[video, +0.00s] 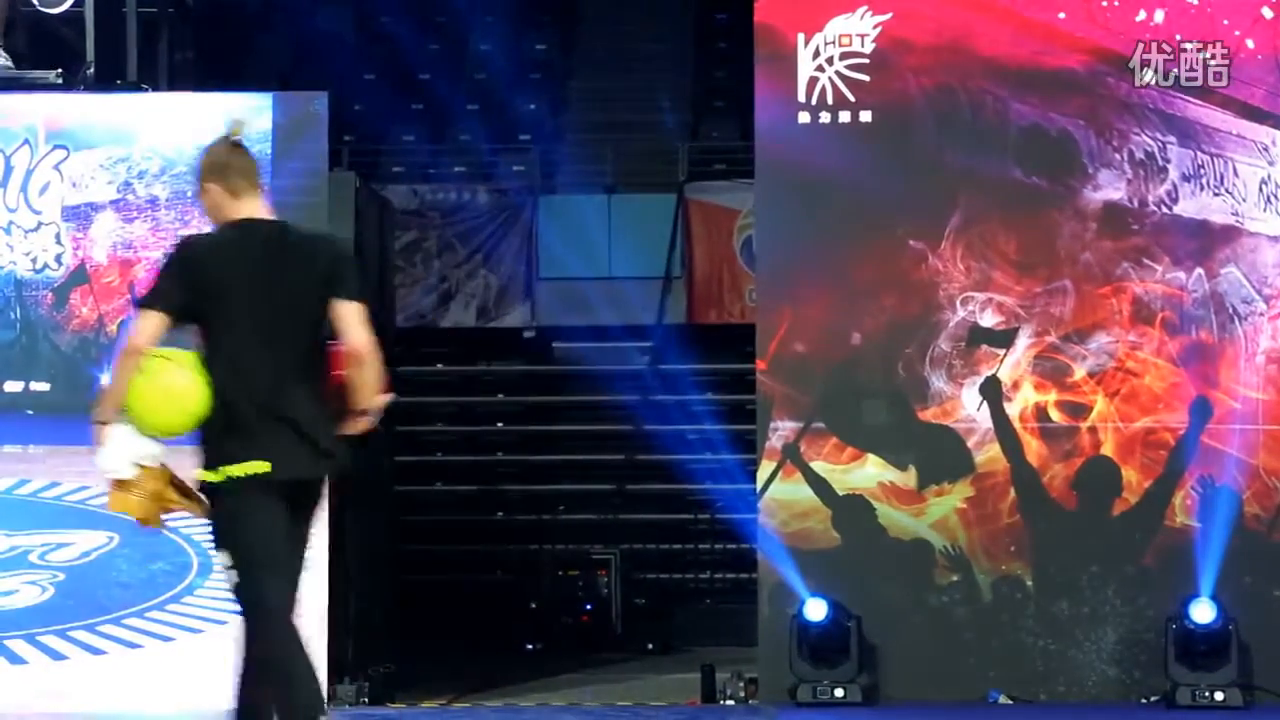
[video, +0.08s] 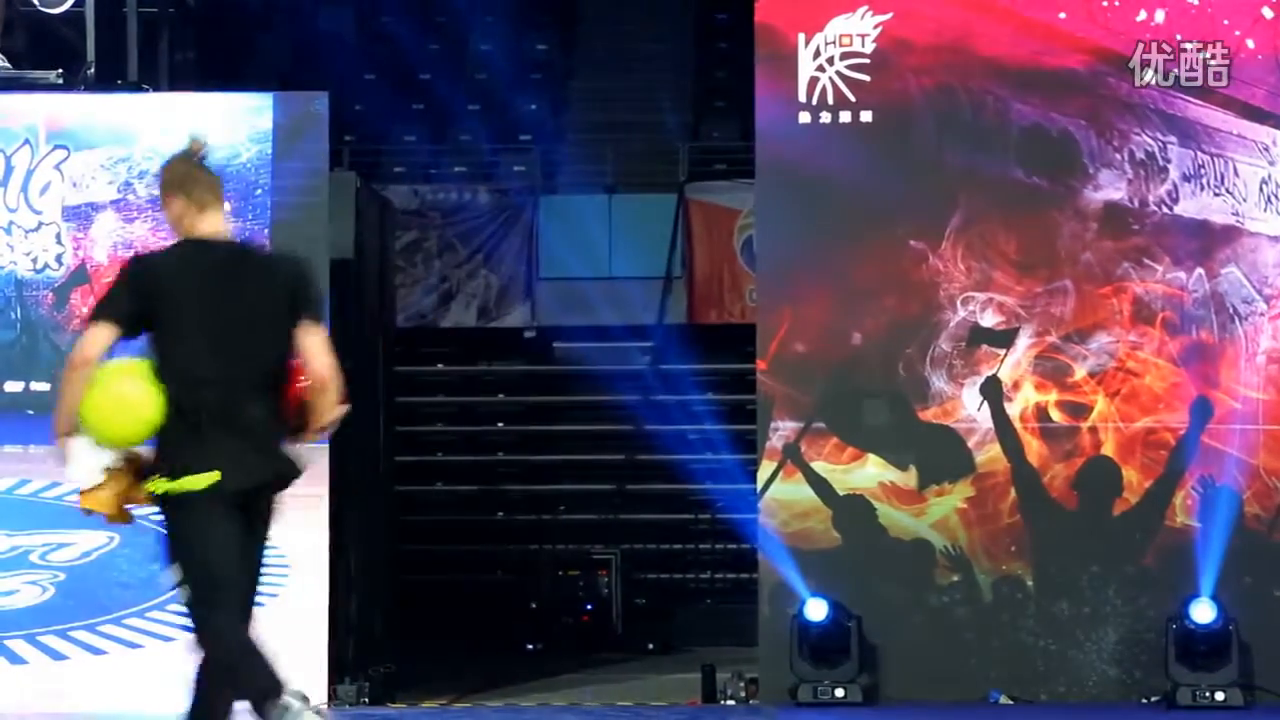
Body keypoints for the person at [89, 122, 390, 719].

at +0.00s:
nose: (204, 206)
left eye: (203, 195)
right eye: (203, 195)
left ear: (212, 191)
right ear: (261, 186)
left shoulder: (199, 254)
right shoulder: (322, 251)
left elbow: (139, 343)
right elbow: (357, 342)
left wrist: (109, 407)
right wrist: (366, 406)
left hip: (237, 451)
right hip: (308, 450)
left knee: (265, 601)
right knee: (270, 600)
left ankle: (307, 710)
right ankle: (254, 711)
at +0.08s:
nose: (165, 216)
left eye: (165, 206)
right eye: (168, 206)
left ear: (174, 206)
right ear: (223, 203)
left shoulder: (151, 272)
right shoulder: (281, 272)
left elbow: (85, 355)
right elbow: (326, 380)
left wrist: (64, 424)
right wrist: (309, 428)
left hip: (190, 464)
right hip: (261, 462)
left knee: (215, 613)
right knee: (229, 616)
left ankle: (278, 705)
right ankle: (207, 716)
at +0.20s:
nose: (106, 259)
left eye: (106, 250)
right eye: (107, 250)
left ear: (114, 249)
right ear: (162, 245)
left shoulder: (102, 308)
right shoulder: (216, 314)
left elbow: (32, 387)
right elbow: (259, 418)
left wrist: (19, 445)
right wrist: (210, 422)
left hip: (122, 510)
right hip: (196, 507)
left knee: (120, 649)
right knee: (178, 637)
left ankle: (180, 705)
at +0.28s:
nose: (57, 250)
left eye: (58, 240)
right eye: (58, 240)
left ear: (70, 236)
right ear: (108, 233)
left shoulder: (62, 300)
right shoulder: (168, 298)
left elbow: (4, 374)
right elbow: (205, 401)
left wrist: (16, 466)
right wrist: (150, 391)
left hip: (87, 501)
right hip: (159, 502)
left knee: (62, 631)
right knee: (157, 644)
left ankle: (105, 715)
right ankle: (171, 716)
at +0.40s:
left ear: (2, 222)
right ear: (30, 213)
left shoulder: (9, 284)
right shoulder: (95, 276)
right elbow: (138, 374)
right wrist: (69, 377)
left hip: (24, 478)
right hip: (97, 471)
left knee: (17, 616)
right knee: (110, 602)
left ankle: (13, 709)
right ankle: (153, 708)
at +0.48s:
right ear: (11, 238)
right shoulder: (53, 293)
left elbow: (99, 384)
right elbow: (101, 385)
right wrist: (58, 419)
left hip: (7, 488)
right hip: (59, 481)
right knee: (60, 604)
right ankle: (128, 697)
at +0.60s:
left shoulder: (7, 326)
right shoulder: (5, 326)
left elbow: (46, 405)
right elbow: (47, 404)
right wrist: (22, 429)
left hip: (5, 503)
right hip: (4, 502)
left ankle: (27, 705)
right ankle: (26, 705)